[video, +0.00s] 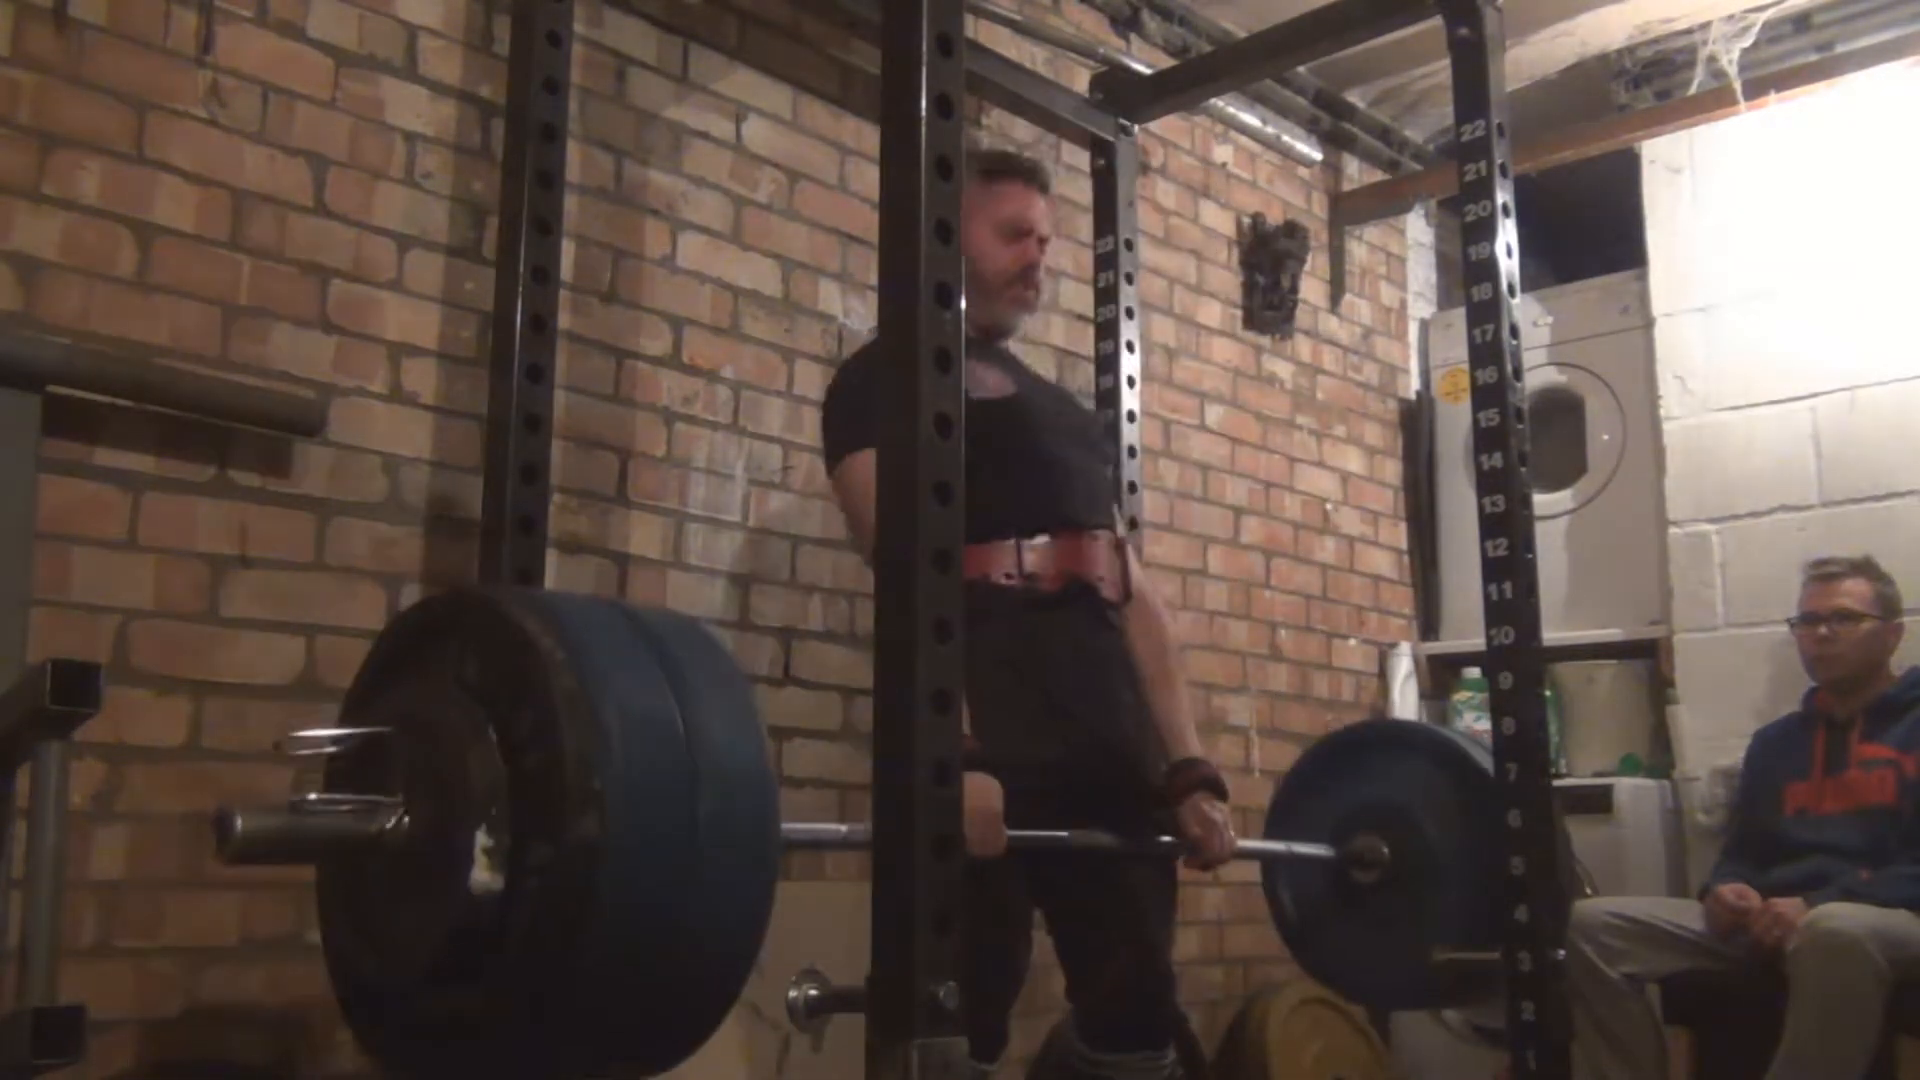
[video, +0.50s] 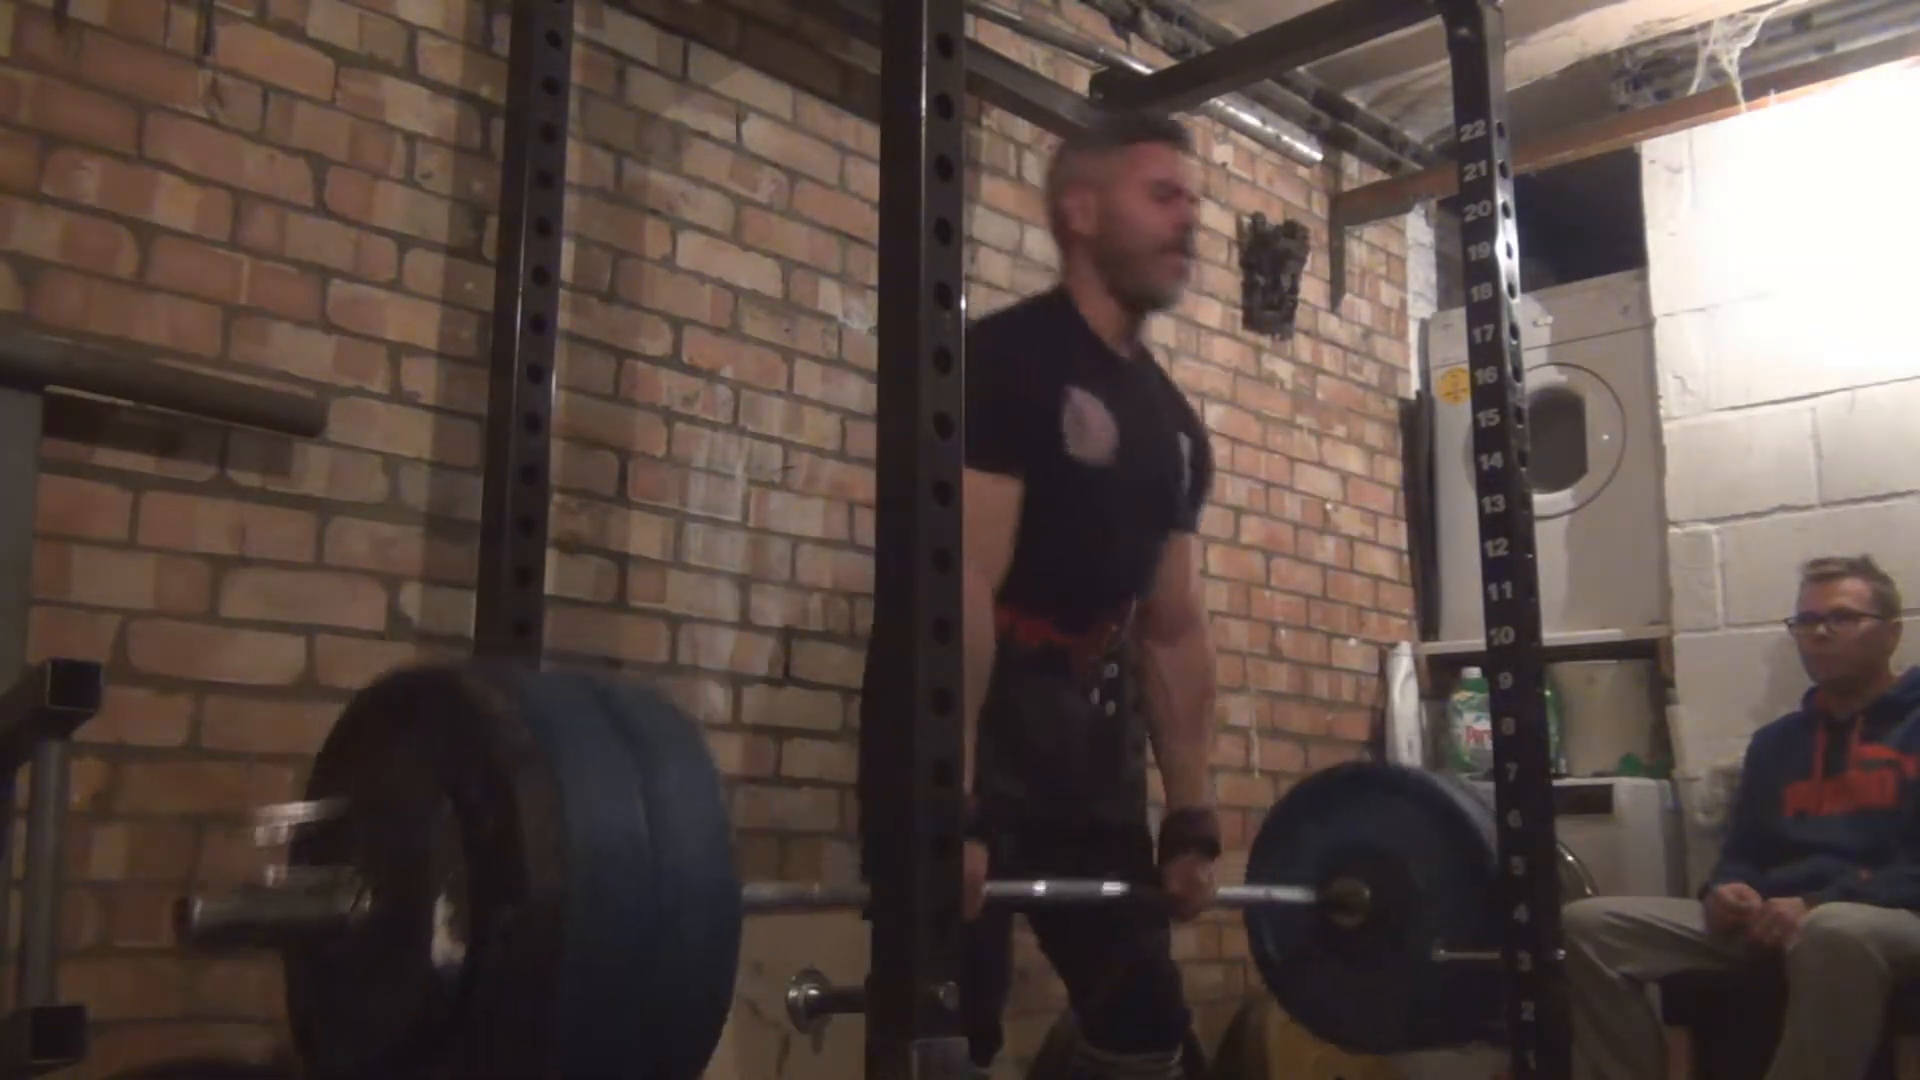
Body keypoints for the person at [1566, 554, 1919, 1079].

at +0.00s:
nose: (1821, 634)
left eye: (1842, 619)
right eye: (1808, 620)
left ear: (1892, 634)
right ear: (1794, 633)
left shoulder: (1912, 722)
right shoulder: (1775, 742)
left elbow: (1913, 871)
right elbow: (1740, 852)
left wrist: (1817, 906)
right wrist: (1725, 890)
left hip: (1891, 919)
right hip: (1765, 918)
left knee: (1833, 936)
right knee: (1591, 928)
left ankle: (1799, 1073)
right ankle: (1633, 1073)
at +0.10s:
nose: (1821, 634)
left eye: (1843, 619)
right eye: (1808, 620)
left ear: (1892, 634)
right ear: (1794, 633)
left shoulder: (1912, 722)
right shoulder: (1775, 742)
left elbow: (1914, 871)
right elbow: (1740, 851)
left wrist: (1817, 906)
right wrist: (1725, 890)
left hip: (1892, 919)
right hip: (1765, 917)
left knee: (1834, 936)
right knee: (1591, 928)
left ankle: (1799, 1073)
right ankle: (1633, 1073)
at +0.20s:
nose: (1820, 634)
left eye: (1842, 619)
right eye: (1807, 620)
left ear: (1891, 634)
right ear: (1794, 633)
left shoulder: (1912, 722)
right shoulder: (1775, 742)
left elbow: (1913, 871)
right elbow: (1739, 852)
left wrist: (1816, 906)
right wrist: (1726, 889)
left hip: (1891, 919)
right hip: (1766, 918)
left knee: (1833, 936)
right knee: (1592, 928)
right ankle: (1629, 1073)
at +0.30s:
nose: (1820, 634)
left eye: (1842, 619)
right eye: (1807, 620)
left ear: (1891, 634)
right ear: (1794, 633)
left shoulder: (1914, 721)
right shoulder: (1775, 742)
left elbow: (1914, 872)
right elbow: (1739, 852)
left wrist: (1817, 906)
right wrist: (1726, 891)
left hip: (1892, 920)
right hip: (1765, 918)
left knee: (1833, 936)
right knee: (1590, 928)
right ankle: (1632, 1072)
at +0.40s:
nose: (1820, 633)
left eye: (1842, 618)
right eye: (1807, 620)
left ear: (1892, 634)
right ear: (1794, 633)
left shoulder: (1914, 721)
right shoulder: (1775, 742)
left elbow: (1914, 869)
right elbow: (1741, 852)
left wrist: (1815, 905)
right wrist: (1727, 891)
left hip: (1893, 918)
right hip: (1766, 917)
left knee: (1833, 936)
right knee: (1587, 928)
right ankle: (1629, 1072)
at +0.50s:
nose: (1819, 633)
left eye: (1841, 618)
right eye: (1807, 620)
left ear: (1891, 634)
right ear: (1794, 633)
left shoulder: (1914, 722)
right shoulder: (1775, 742)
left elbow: (1914, 870)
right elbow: (1741, 852)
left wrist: (1815, 905)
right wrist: (1727, 891)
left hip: (1892, 919)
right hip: (1766, 917)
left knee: (1833, 936)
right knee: (1587, 928)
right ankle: (1629, 1072)